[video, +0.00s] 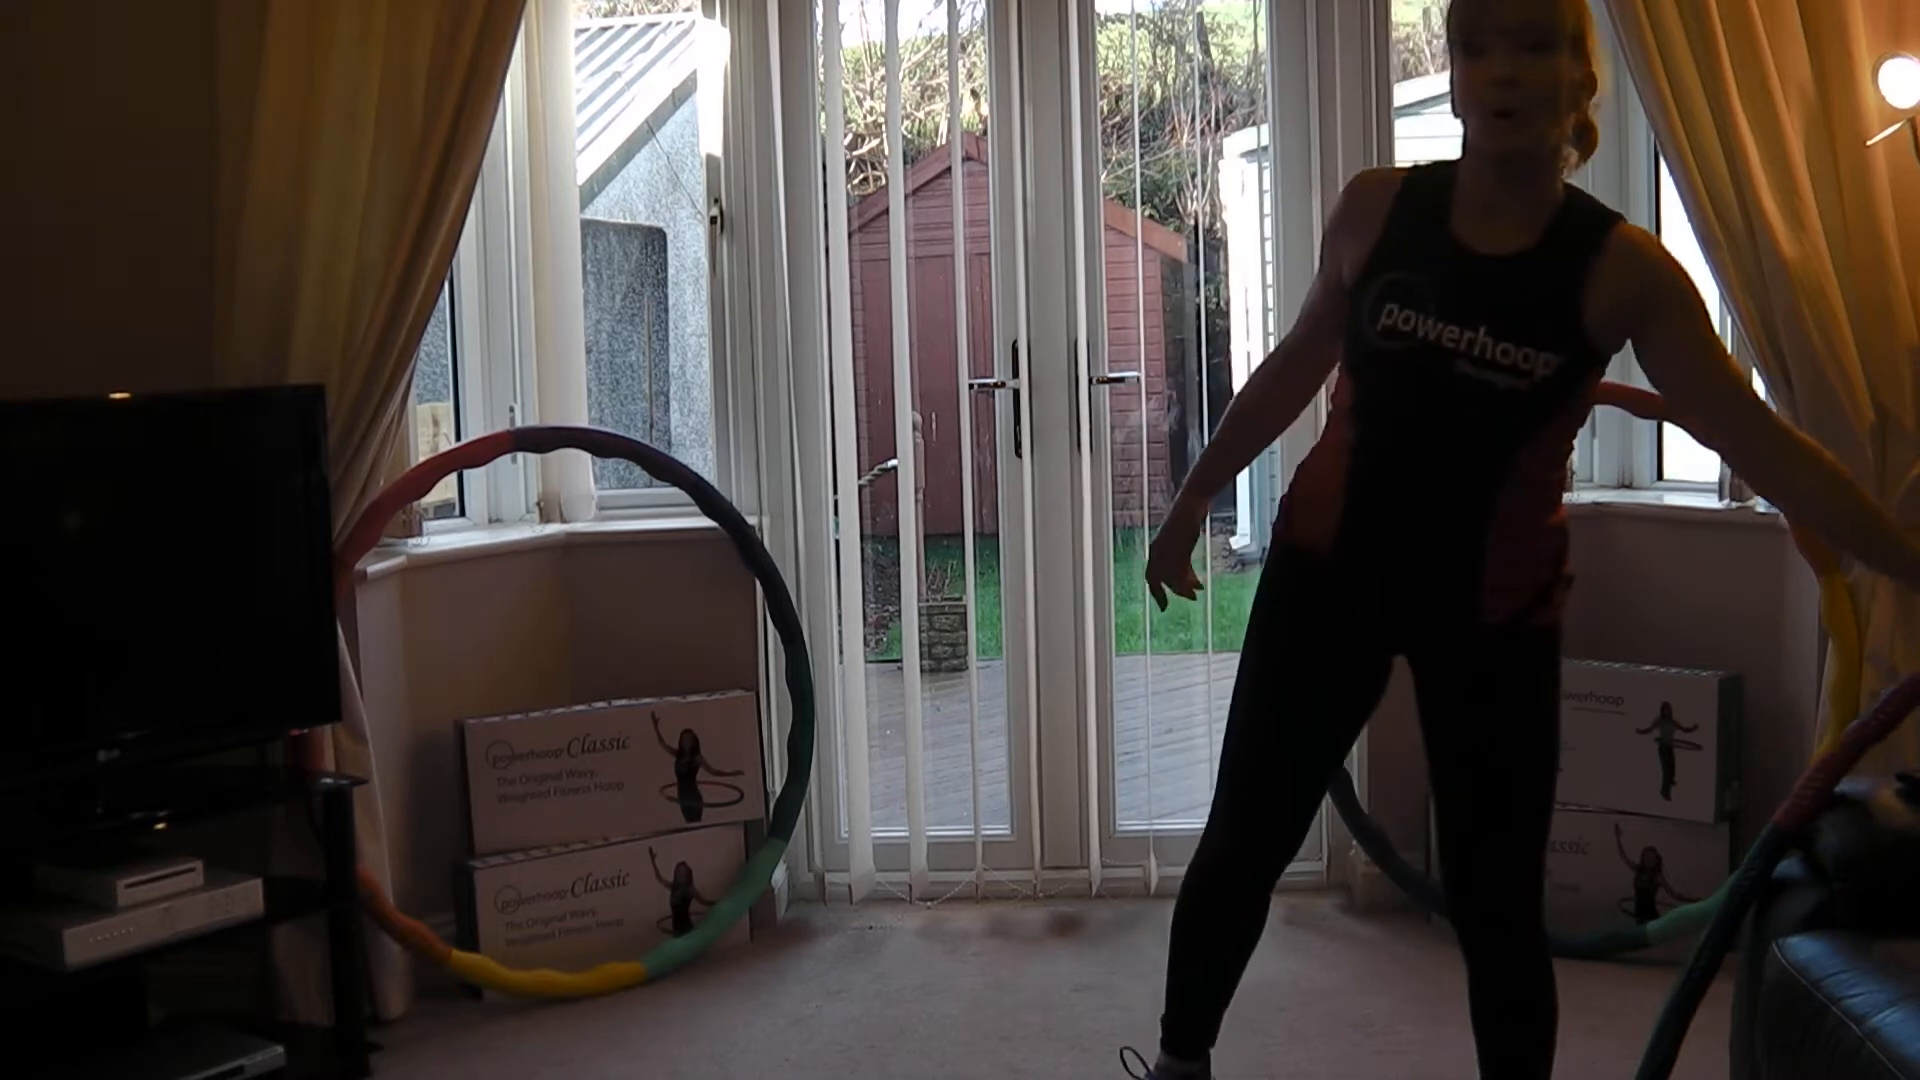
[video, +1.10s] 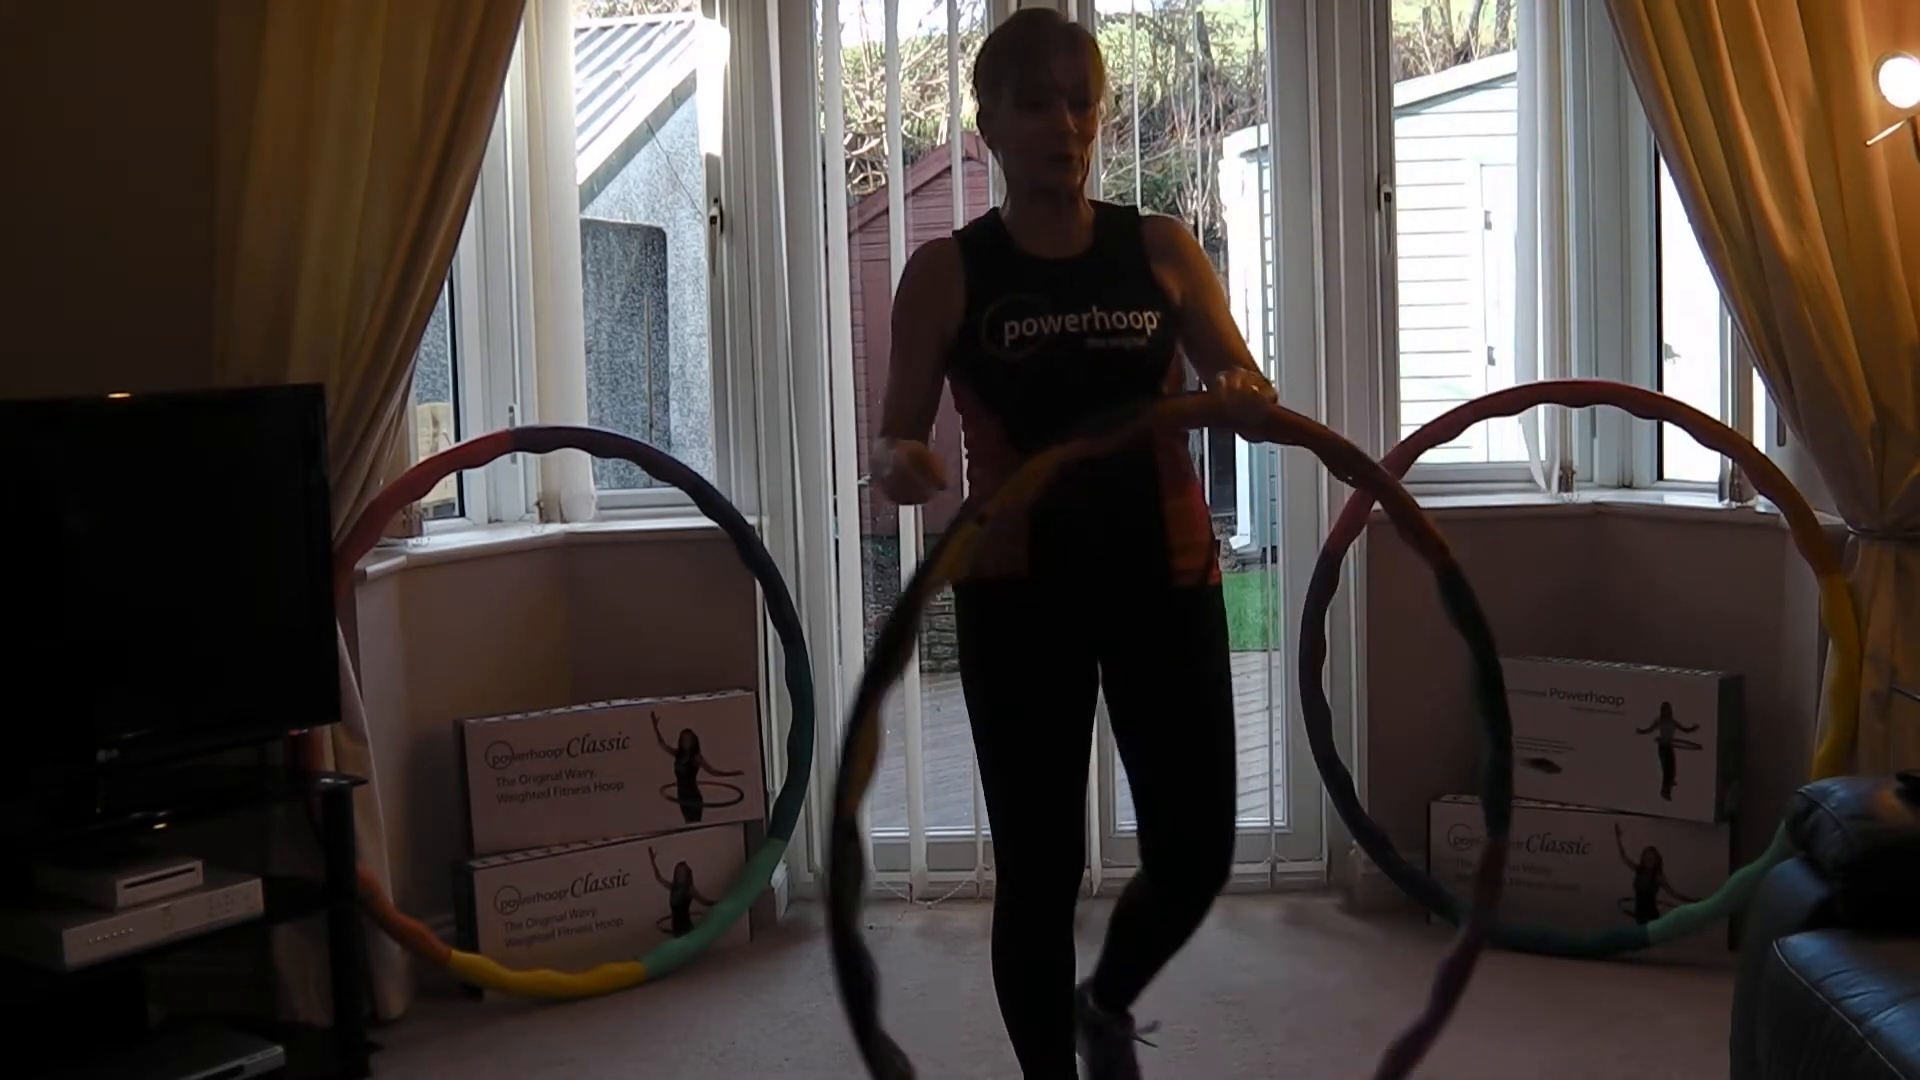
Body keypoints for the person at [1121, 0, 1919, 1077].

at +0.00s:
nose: (1506, 71)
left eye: (1536, 46)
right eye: (1482, 47)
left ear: (1583, 76)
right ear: (1451, 73)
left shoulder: (1628, 275)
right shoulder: (1376, 209)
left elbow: (1763, 450)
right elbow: (1297, 362)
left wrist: (1903, 559)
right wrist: (1192, 500)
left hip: (1490, 602)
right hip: (1330, 572)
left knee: (1497, 907)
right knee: (1241, 845)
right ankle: (1180, 1060)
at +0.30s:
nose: (1429, 76)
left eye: (1458, 52)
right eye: (1404, 52)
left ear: (1503, 82)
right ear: (1377, 76)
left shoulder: (1553, 260)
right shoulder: (1311, 222)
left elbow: (1634, 448)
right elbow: (1236, 391)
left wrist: (1759, 533)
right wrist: (1137, 537)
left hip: (1450, 602)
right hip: (1285, 584)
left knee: (1480, 906)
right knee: (1184, 857)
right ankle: (1100, 1066)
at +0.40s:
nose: (1376, 82)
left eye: (1402, 58)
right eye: (1349, 56)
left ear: (1439, 80)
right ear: (1316, 77)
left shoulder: (1497, 258)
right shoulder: (1256, 236)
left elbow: (1561, 442)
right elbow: (1190, 406)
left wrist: (1654, 501)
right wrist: (1095, 558)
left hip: (1419, 612)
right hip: (1253, 598)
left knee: (1465, 914)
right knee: (1158, 877)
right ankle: (1081, 1072)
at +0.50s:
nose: (1307, 96)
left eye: (1333, 71)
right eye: (1279, 70)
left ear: (1367, 90)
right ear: (1244, 93)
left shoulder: (1423, 261)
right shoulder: (1187, 254)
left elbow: (1476, 450)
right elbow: (1129, 435)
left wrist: (1545, 478)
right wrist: (1037, 585)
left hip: (1366, 618)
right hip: (1202, 613)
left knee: (1434, 912)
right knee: (1126, 895)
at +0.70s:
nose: (1151, 104)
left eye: (1175, 81)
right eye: (1125, 82)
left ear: (1211, 103)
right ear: (1091, 106)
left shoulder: (1276, 253)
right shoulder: (1048, 272)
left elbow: (1340, 433)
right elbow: (994, 447)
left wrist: (1371, 427)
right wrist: (960, 556)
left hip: (1255, 609)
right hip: (1094, 614)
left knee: (1355, 893)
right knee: (1073, 893)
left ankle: (1425, 1074)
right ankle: (1059, 1074)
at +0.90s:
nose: (1070, 108)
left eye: (1091, 85)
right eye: (1042, 87)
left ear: (1123, 104)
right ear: (1005, 110)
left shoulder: (1191, 241)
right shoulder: (965, 275)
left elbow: (1276, 400)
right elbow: (917, 453)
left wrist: (1266, 403)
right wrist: (939, 491)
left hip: (1197, 587)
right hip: (1041, 599)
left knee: (1270, 876)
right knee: (1051, 885)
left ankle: (1259, 1071)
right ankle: (1066, 1078)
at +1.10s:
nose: (1065, 123)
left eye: (1081, 101)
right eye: (1036, 102)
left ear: (1101, 113)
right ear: (988, 119)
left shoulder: (1162, 249)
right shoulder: (944, 275)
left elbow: (1252, 396)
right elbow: (908, 451)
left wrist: (1230, 400)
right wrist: (911, 467)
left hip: (1166, 589)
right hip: (1021, 598)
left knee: (1196, 850)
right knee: (1040, 871)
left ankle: (1104, 1004)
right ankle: (1051, 1075)